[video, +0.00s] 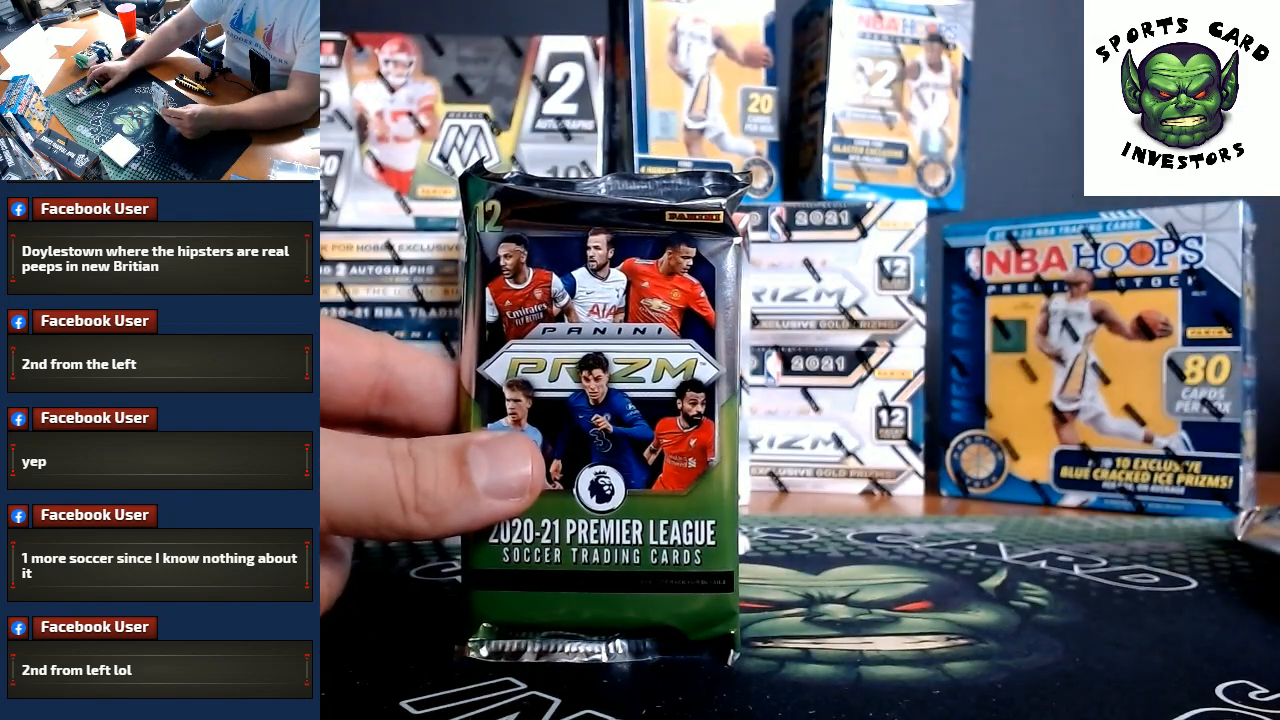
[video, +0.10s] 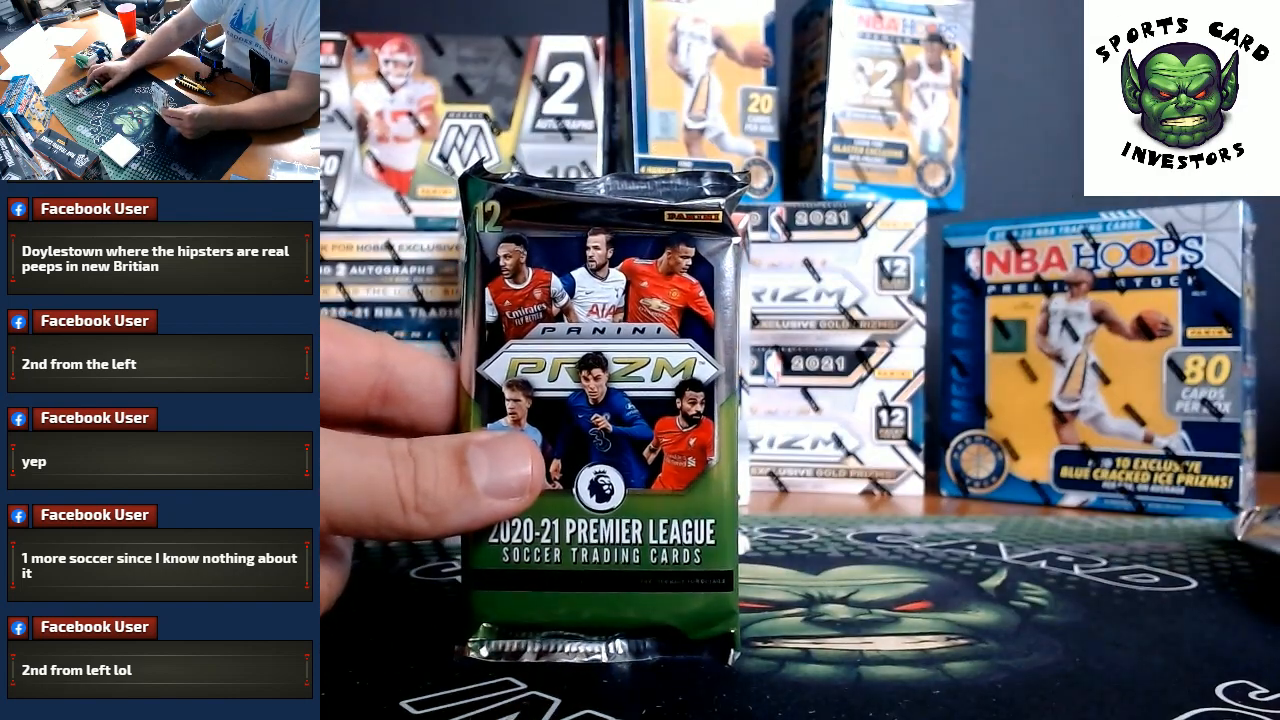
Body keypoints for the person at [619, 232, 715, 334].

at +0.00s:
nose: (690, 263)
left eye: (692, 258)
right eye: (685, 258)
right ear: (669, 254)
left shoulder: (691, 287)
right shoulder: (634, 267)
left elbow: (716, 322)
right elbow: (606, 285)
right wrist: (619, 311)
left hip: (668, 348)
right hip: (633, 345)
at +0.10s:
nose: (689, 263)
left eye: (691, 258)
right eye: (684, 258)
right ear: (668, 254)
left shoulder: (691, 286)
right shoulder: (633, 267)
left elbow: (714, 321)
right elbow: (605, 284)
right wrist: (617, 310)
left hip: (667, 348)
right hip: (632, 345)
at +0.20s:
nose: (689, 263)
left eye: (690, 258)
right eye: (684, 258)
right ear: (668, 254)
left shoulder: (690, 286)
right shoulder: (633, 267)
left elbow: (714, 320)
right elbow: (605, 285)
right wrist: (617, 310)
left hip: (667, 347)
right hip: (632, 344)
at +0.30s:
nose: (688, 263)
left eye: (690, 258)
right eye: (683, 258)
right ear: (667, 254)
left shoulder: (690, 286)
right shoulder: (633, 267)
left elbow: (713, 321)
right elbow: (604, 284)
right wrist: (617, 311)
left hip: (667, 347)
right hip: (632, 345)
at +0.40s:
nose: (688, 263)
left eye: (690, 258)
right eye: (683, 258)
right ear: (667, 254)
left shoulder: (689, 286)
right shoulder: (633, 267)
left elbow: (714, 321)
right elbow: (604, 285)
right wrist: (617, 311)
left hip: (667, 347)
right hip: (633, 345)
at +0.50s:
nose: (688, 263)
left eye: (690, 258)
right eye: (683, 258)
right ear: (667, 254)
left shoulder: (689, 286)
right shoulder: (633, 267)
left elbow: (714, 321)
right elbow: (605, 286)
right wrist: (617, 310)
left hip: (667, 347)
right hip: (632, 344)